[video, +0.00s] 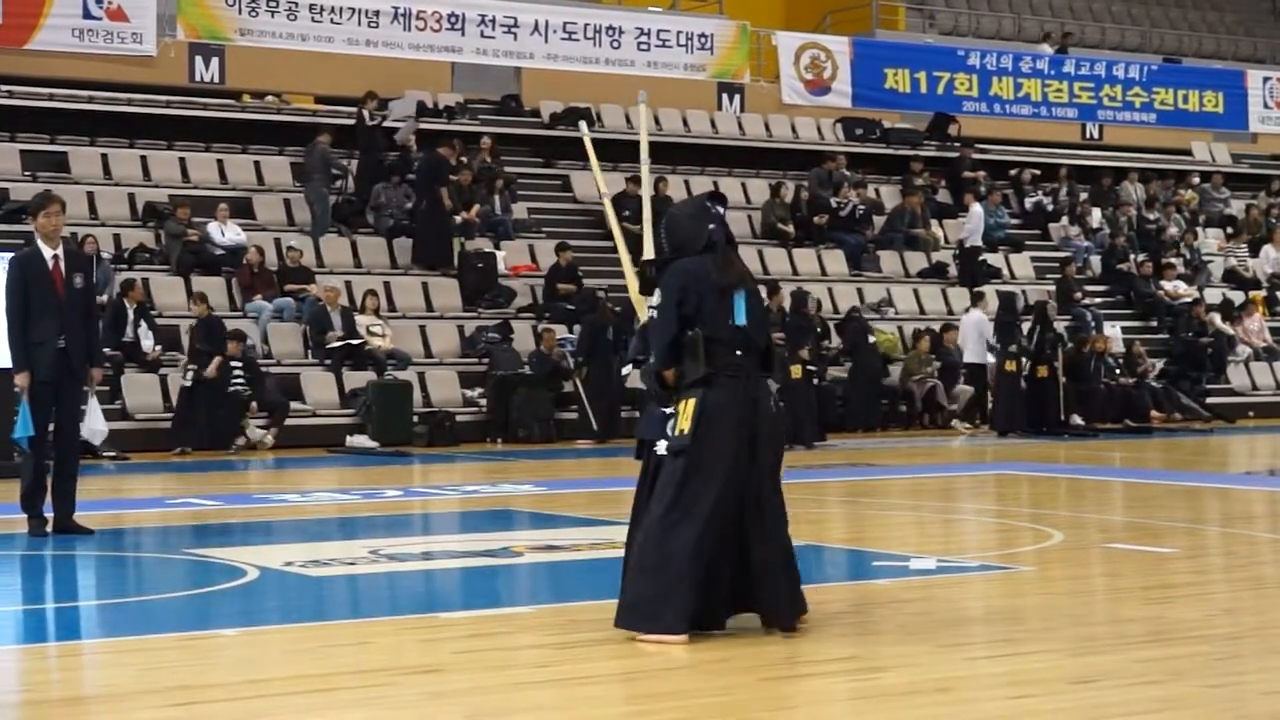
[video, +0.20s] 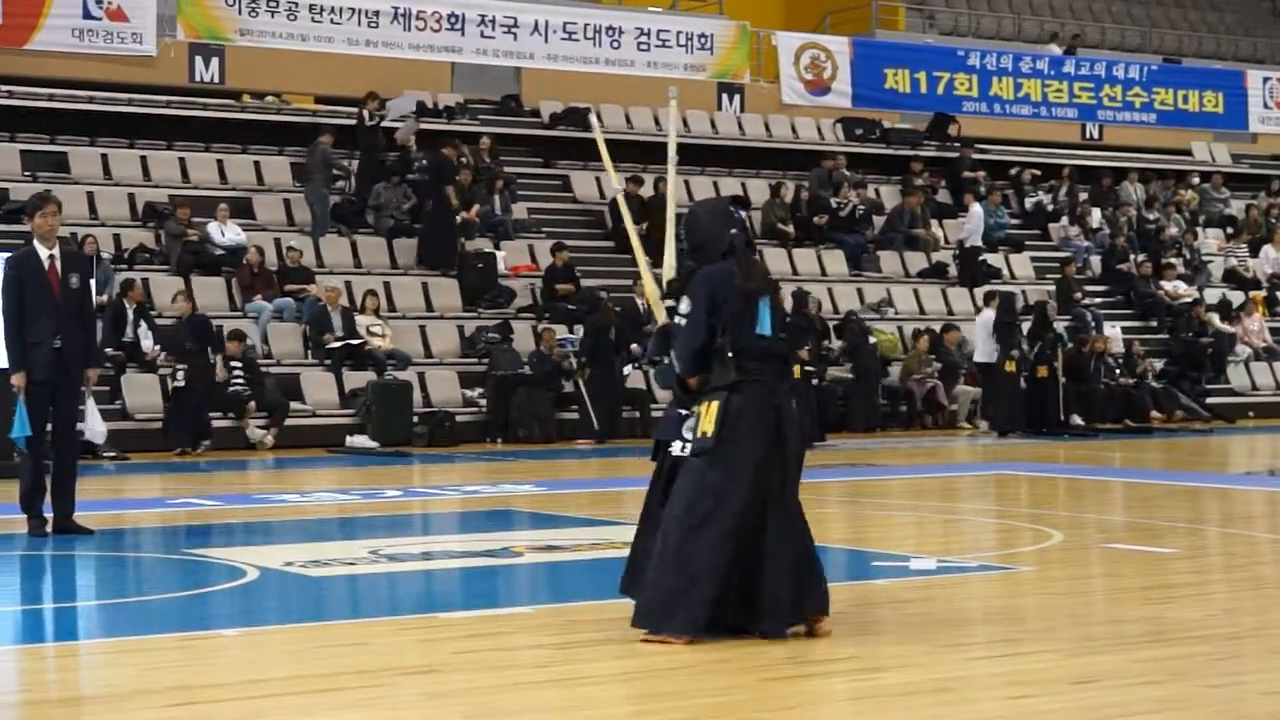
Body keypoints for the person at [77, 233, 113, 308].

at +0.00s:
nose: (91, 246)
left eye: (93, 243)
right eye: (88, 243)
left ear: (97, 245)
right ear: (82, 246)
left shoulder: (103, 263)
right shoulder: (77, 263)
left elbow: (110, 279)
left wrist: (106, 295)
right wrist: (93, 298)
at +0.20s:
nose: (91, 246)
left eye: (93, 243)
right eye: (88, 243)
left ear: (97, 246)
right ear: (82, 246)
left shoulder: (104, 264)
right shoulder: (78, 263)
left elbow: (110, 279)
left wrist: (106, 295)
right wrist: (92, 298)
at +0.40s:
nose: (92, 246)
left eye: (94, 243)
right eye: (89, 244)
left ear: (97, 246)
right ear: (83, 246)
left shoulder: (104, 264)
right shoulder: (77, 263)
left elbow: (110, 279)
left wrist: (106, 295)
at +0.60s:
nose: (92, 246)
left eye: (94, 243)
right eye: (89, 243)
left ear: (98, 246)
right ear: (83, 247)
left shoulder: (105, 264)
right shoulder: (77, 263)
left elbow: (111, 280)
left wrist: (107, 295)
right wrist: (92, 298)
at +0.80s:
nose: (92, 246)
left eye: (94, 243)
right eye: (89, 244)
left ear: (97, 246)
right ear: (83, 247)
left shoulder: (104, 264)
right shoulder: (77, 263)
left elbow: (111, 280)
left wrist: (107, 295)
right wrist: (93, 298)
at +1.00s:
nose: (92, 246)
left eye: (94, 243)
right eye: (89, 243)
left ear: (98, 245)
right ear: (83, 246)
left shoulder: (105, 264)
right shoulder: (78, 263)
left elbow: (111, 280)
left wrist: (107, 295)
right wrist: (93, 298)